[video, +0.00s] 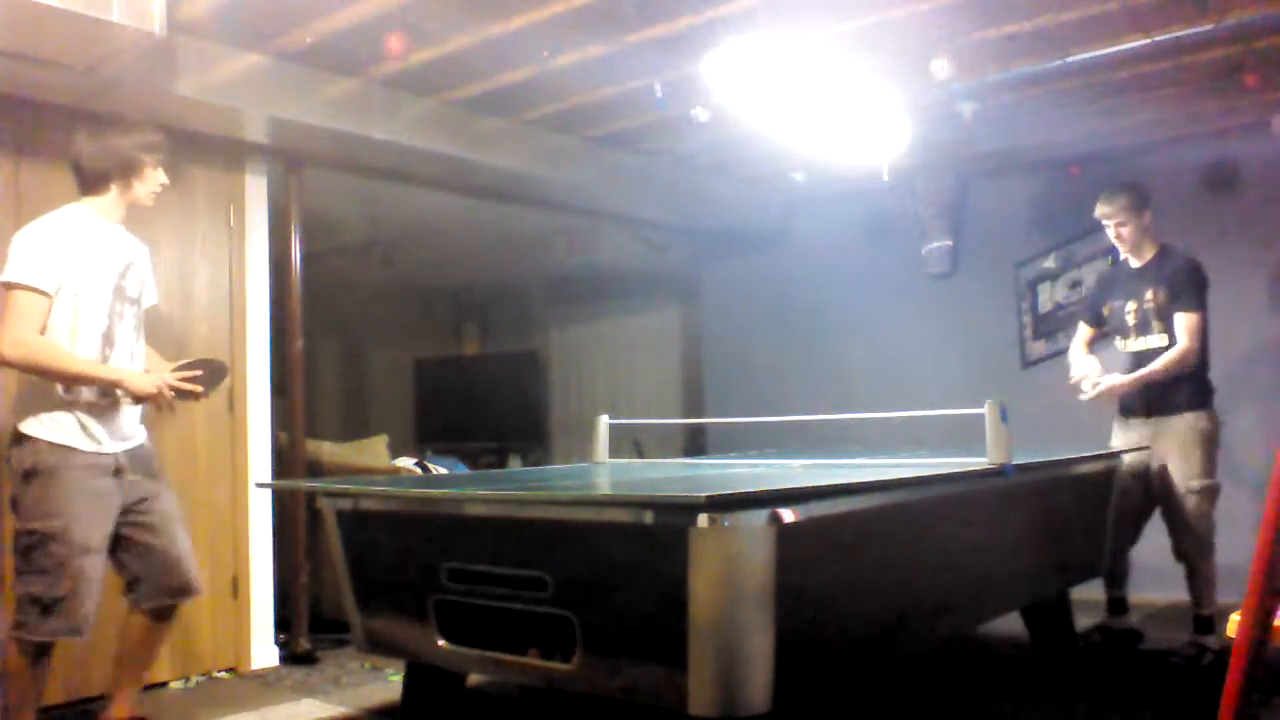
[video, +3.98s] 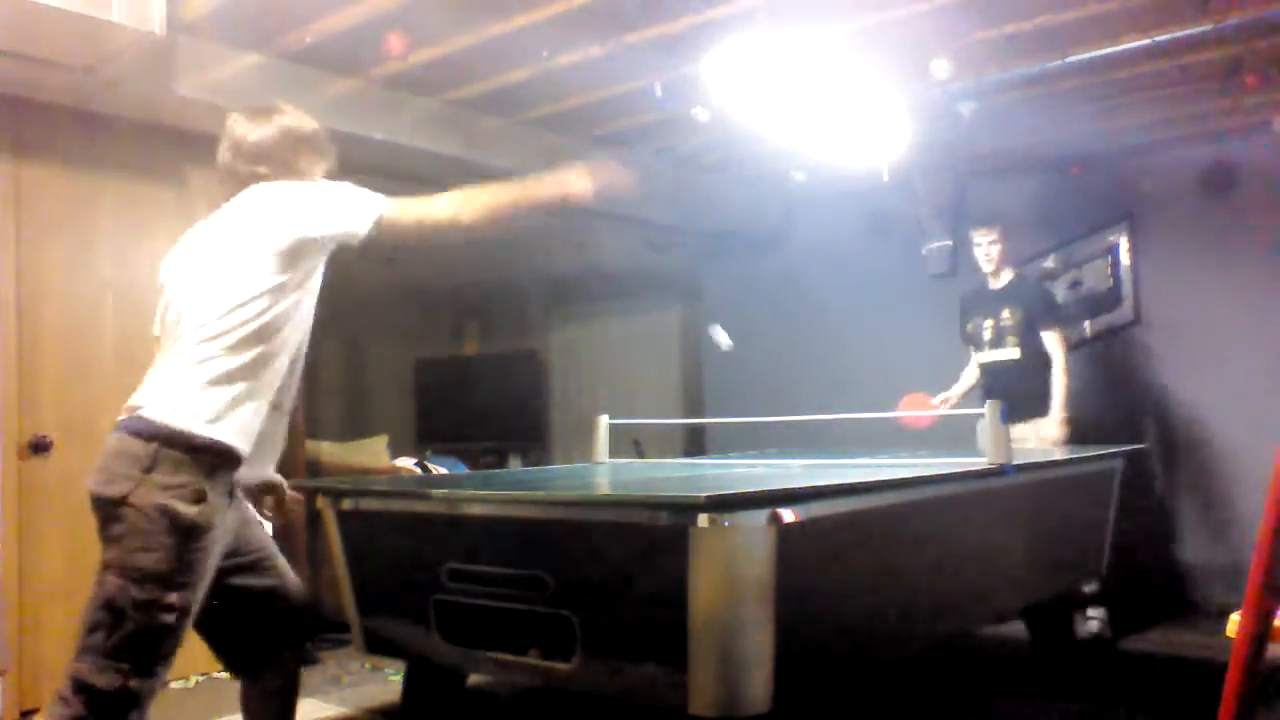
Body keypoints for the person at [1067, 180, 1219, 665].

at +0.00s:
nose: (1114, 235)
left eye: (1121, 224)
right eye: (1107, 227)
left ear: (1145, 217)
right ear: (1104, 229)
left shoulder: (1182, 270)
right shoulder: (1107, 279)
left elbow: (1189, 350)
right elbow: (1078, 346)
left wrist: (1128, 380)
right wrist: (1083, 365)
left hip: (1183, 422)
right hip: (1129, 424)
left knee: (1193, 535)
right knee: (1111, 533)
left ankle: (1204, 630)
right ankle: (1117, 621)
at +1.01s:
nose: (989, 244)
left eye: (997, 235)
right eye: (984, 238)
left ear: (1019, 234)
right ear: (981, 241)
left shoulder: (1051, 281)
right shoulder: (991, 296)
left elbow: (1082, 347)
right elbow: (996, 354)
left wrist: (1051, 407)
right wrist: (968, 393)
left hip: (1063, 420)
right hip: (1018, 424)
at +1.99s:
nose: (1057, 249)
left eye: (1061, 238)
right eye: (1053, 242)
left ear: (1087, 230)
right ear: (1065, 241)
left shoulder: (1108, 274)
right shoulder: (1090, 279)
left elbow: (1112, 348)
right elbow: (1066, 333)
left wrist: (1083, 410)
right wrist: (1012, 331)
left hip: (1135, 413)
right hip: (1115, 413)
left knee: (1124, 521)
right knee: (1119, 520)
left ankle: (1151, 618)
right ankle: (1167, 593)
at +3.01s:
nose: (1004, 262)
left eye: (1009, 252)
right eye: (1001, 255)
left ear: (1033, 246)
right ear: (1009, 256)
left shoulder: (1070, 286)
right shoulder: (1024, 302)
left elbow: (1115, 342)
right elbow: (1016, 368)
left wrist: (1109, 411)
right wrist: (966, 407)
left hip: (1094, 426)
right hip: (1054, 431)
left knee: (1107, 527)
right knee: (1046, 526)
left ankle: (1141, 614)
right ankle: (1038, 613)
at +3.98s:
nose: (985, 252)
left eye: (992, 243)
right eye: (978, 245)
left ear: (1006, 245)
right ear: (972, 251)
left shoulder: (1031, 292)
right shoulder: (970, 301)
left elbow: (1058, 355)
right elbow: (977, 361)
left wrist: (1057, 416)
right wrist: (955, 393)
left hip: (1036, 421)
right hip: (992, 423)